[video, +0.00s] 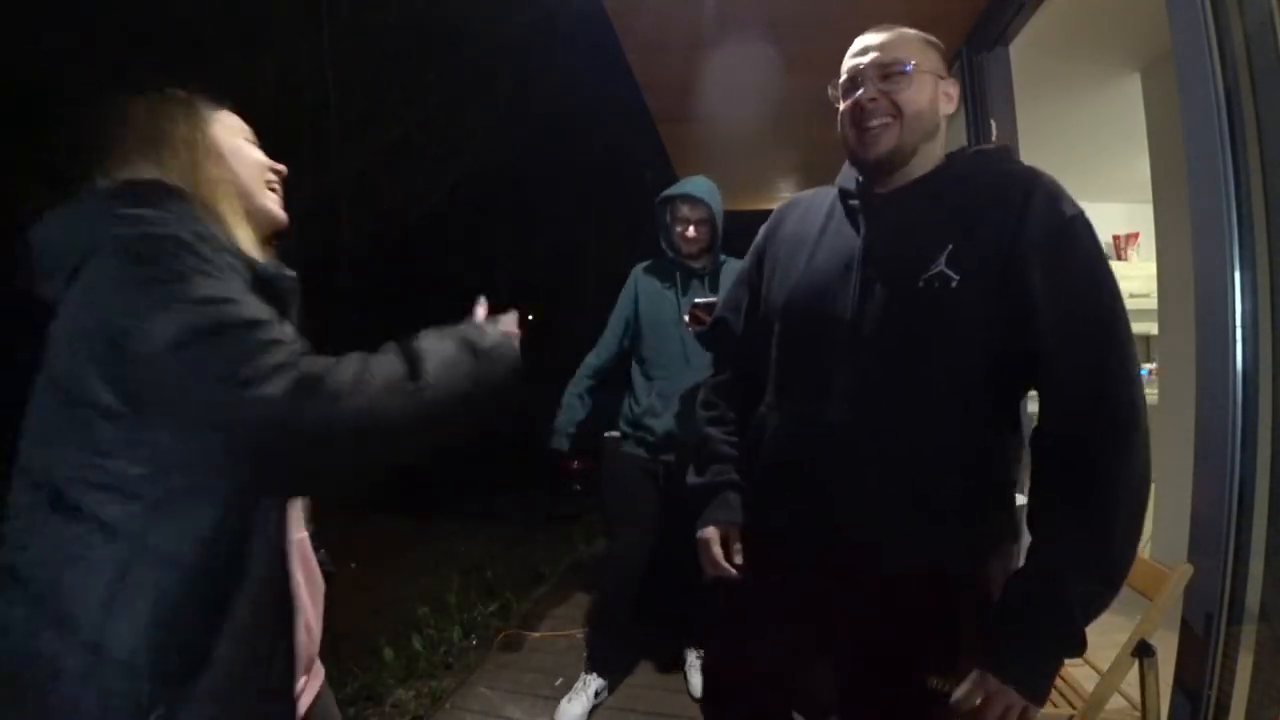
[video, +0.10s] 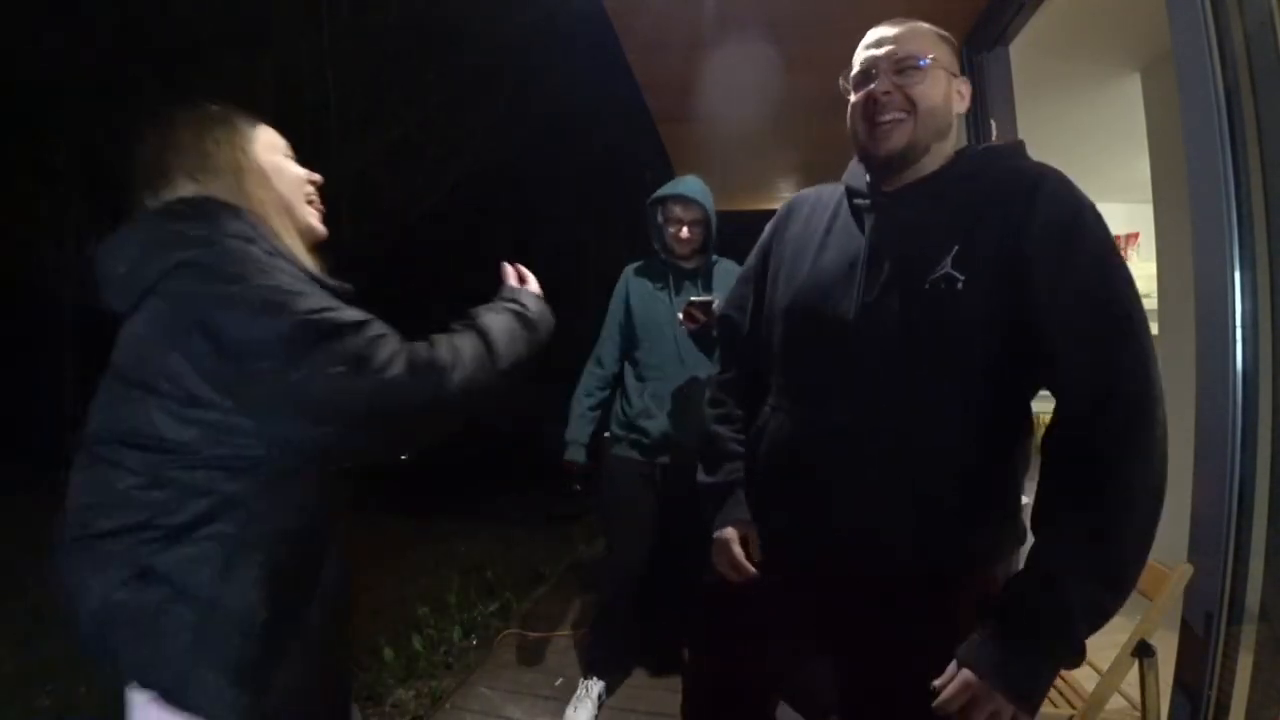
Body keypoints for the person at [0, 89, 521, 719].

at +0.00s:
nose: (277, 166)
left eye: (265, 148)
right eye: (252, 143)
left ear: (189, 161)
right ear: (191, 153)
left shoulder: (203, 266)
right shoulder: (149, 256)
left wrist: (459, 353)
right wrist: (480, 355)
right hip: (162, 684)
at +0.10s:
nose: (312, 178)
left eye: (299, 160)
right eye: (290, 158)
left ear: (233, 181)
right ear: (240, 175)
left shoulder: (207, 267)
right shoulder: (230, 276)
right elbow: (399, 380)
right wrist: (522, 314)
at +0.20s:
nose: (355, 191)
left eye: (342, 175)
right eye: (332, 174)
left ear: (282, 198)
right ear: (286, 194)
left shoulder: (246, 280)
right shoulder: (298, 288)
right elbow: (454, 372)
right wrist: (581, 369)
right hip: (278, 622)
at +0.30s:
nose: (405, 207)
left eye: (395, 192)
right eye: (387, 193)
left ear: (305, 220)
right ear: (354, 209)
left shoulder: (268, 311)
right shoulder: (383, 309)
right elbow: (507, 399)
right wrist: (603, 386)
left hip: (265, 610)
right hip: (342, 631)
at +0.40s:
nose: (476, 232)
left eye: (468, 216)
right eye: (461, 214)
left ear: (384, 231)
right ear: (424, 226)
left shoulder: (338, 300)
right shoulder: (438, 313)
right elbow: (543, 421)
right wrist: (636, 410)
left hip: (307, 582)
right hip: (384, 617)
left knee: (345, 703)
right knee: (462, 708)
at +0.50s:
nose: (542, 261)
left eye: (539, 245)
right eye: (534, 243)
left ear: (454, 242)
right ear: (497, 244)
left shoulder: (395, 308)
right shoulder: (494, 323)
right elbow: (583, 424)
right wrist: (676, 453)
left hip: (361, 570)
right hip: (447, 601)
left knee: (379, 705)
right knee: (512, 705)